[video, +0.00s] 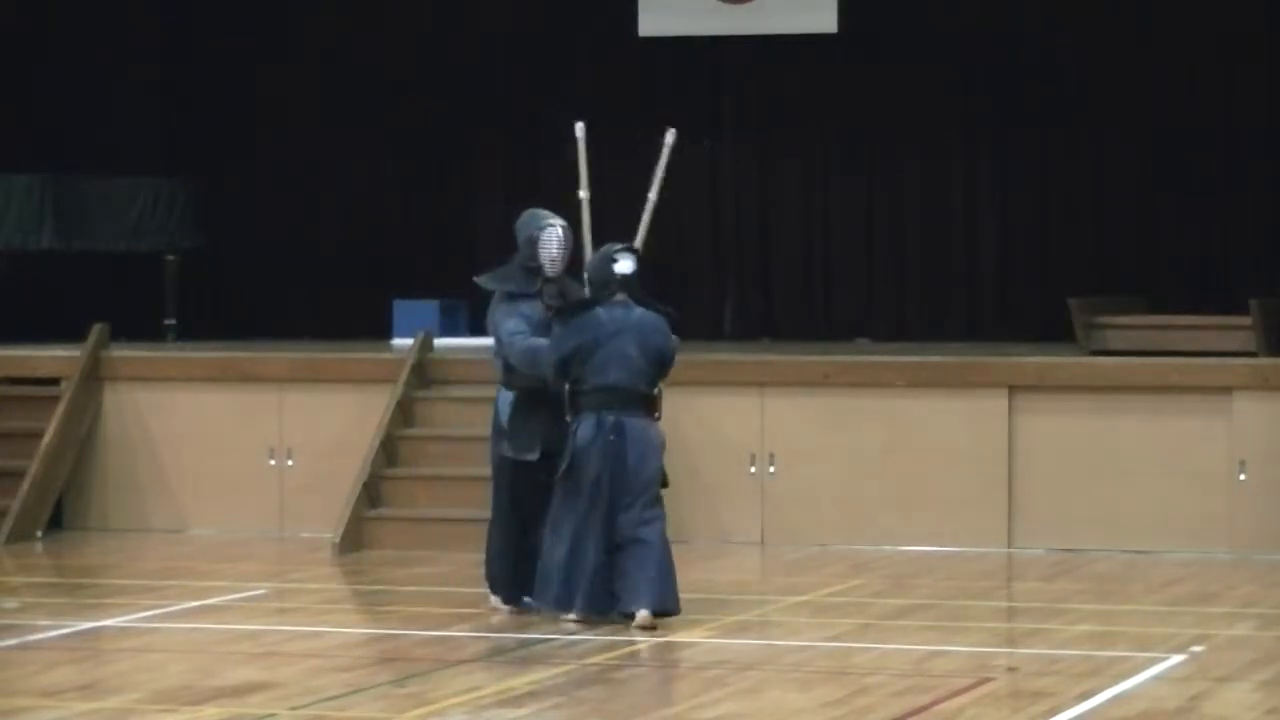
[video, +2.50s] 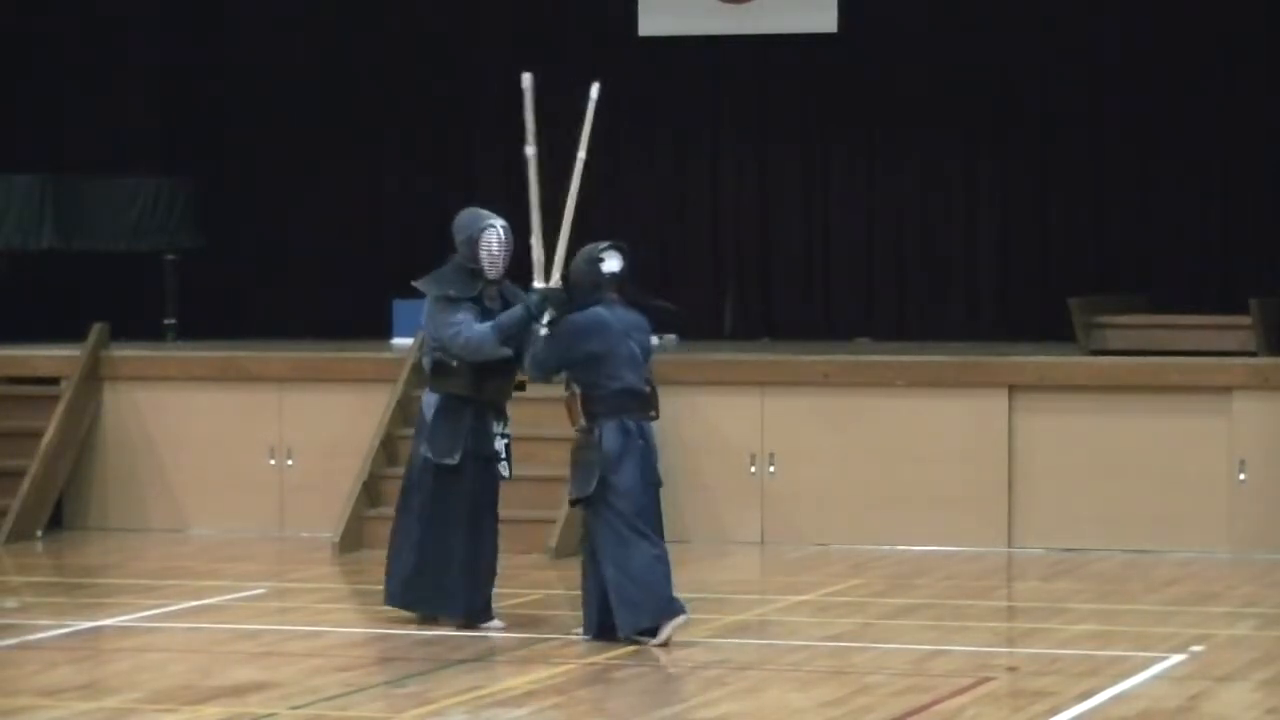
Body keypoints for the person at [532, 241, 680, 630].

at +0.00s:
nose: (590, 285)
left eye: (591, 280)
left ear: (594, 282)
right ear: (628, 282)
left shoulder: (579, 324)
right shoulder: (653, 324)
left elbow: (558, 368)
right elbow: (663, 366)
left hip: (592, 423)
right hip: (640, 423)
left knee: (586, 510)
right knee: (641, 512)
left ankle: (579, 602)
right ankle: (643, 603)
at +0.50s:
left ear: (616, 283)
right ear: (648, 283)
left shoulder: (600, 320)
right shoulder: (669, 319)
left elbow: (575, 358)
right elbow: (686, 363)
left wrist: (555, 313)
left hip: (613, 421)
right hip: (660, 422)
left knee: (616, 509)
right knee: (665, 514)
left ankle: (640, 584)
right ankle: (662, 610)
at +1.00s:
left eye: (626, 281)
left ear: (626, 285)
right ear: (663, 288)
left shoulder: (607, 332)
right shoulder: (684, 334)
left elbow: (583, 387)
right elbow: (691, 380)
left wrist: (591, 417)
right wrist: (658, 398)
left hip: (625, 435)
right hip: (671, 435)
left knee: (634, 525)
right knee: (665, 527)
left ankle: (663, 617)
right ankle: (637, 617)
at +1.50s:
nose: (626, 276)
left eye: (629, 270)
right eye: (631, 269)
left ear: (636, 277)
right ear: (672, 278)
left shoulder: (627, 321)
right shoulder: (690, 322)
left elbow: (576, 358)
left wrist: (575, 330)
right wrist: (624, 313)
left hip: (650, 432)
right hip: (692, 430)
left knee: (643, 526)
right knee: (681, 526)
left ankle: (670, 619)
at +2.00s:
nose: (620, 287)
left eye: (622, 281)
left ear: (628, 284)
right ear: (664, 283)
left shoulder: (618, 332)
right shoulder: (684, 327)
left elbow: (589, 396)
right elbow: (686, 367)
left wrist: (600, 363)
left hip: (641, 437)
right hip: (680, 434)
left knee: (647, 529)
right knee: (676, 528)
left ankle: (677, 628)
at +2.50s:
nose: (570, 287)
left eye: (573, 282)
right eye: (573, 282)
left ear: (582, 283)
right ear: (614, 282)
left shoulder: (580, 324)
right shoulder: (636, 322)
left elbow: (538, 365)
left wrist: (543, 321)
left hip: (606, 431)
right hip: (640, 429)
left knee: (612, 521)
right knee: (629, 519)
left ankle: (660, 610)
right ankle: (607, 621)